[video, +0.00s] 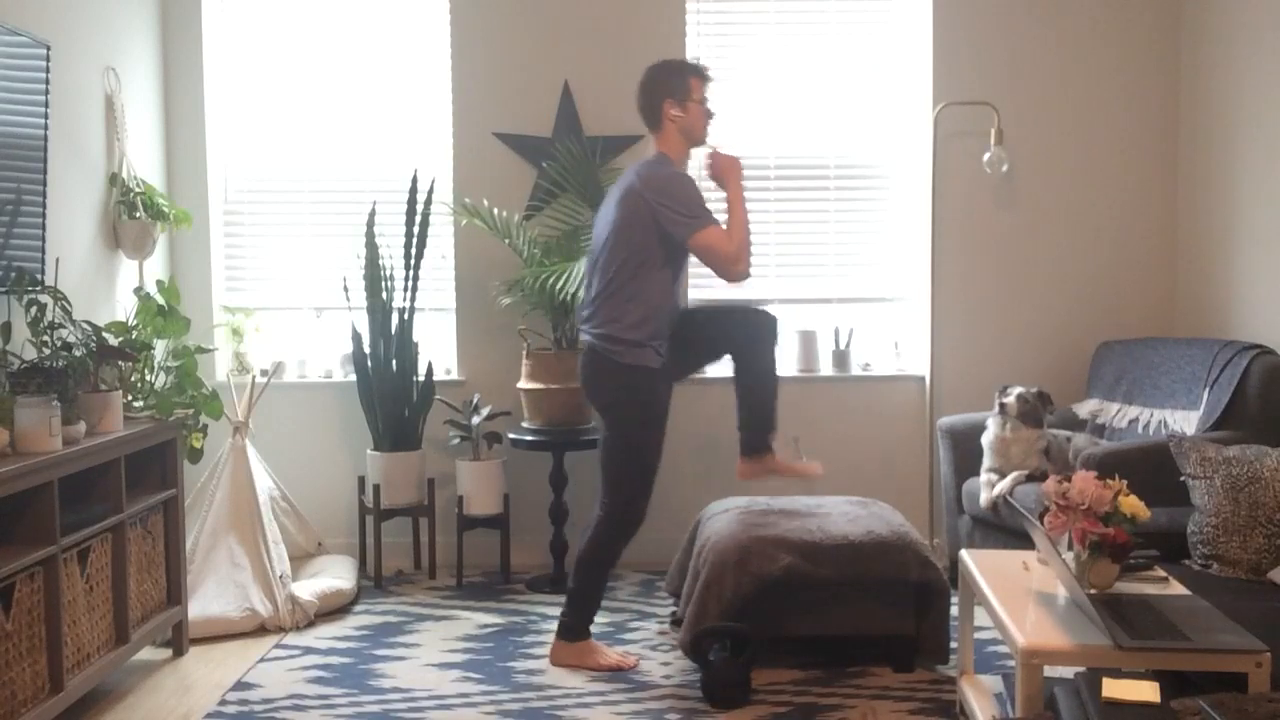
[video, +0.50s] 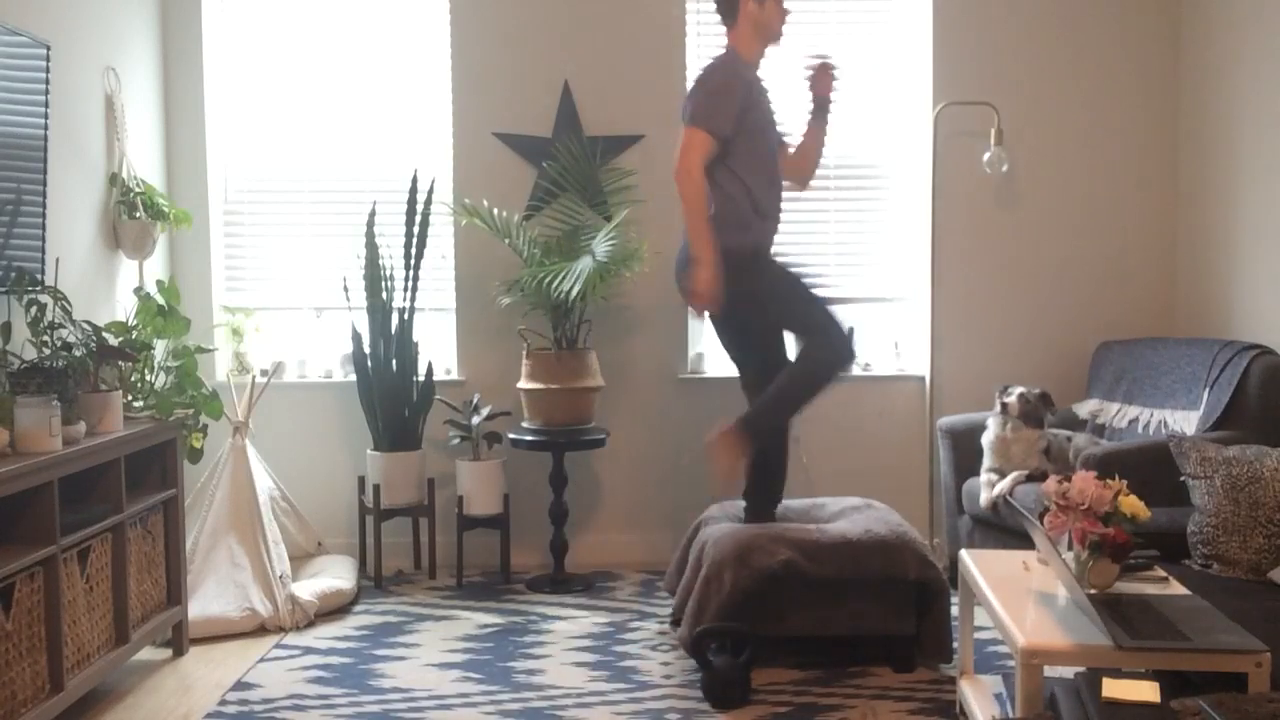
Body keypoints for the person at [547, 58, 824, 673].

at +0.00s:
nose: (710, 114)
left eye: (708, 104)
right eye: (702, 104)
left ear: (670, 112)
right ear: (673, 111)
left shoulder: (648, 176)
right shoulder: (659, 179)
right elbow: (734, 264)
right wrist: (734, 189)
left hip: (646, 342)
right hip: (626, 359)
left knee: (755, 326)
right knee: (624, 510)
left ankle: (758, 456)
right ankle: (570, 641)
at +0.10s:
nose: (729, 118)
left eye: (726, 107)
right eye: (720, 107)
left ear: (687, 119)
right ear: (691, 116)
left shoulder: (672, 184)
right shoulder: (677, 185)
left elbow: (742, 275)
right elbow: (745, 267)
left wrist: (755, 223)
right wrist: (765, 202)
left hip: (669, 352)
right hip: (642, 365)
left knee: (774, 370)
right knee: (636, 516)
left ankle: (755, 497)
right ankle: (571, 641)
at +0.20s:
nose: (751, 108)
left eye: (748, 97)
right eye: (743, 97)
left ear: (713, 108)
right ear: (714, 106)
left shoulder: (697, 174)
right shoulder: (702, 175)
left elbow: (747, 265)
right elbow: (751, 263)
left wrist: (791, 227)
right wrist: (800, 217)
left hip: (690, 347)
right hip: (664, 356)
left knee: (794, 387)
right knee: (638, 508)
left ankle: (758, 513)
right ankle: (572, 635)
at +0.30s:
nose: (769, 75)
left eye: (766, 64)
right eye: (760, 64)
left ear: (727, 75)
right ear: (731, 72)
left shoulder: (718, 139)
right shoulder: (721, 138)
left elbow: (732, 231)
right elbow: (734, 228)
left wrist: (795, 240)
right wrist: (811, 239)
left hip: (711, 326)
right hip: (690, 327)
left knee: (801, 404)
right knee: (671, 470)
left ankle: (759, 538)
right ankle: (599, 603)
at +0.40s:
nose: (779, 42)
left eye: (776, 31)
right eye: (771, 30)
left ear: (738, 39)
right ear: (742, 36)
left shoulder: (736, 110)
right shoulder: (725, 106)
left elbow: (753, 219)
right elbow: (708, 195)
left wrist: (811, 190)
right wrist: (763, 264)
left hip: (725, 287)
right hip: (706, 287)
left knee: (795, 402)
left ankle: (761, 544)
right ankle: (657, 535)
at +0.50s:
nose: (784, 13)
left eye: (783, 5)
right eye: (776, 4)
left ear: (751, 12)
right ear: (749, 8)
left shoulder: (746, 85)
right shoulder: (725, 77)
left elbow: (798, 174)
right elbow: (688, 166)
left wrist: (820, 106)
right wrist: (705, 260)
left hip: (740, 261)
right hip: (733, 261)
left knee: (771, 401)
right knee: (831, 346)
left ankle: (760, 534)